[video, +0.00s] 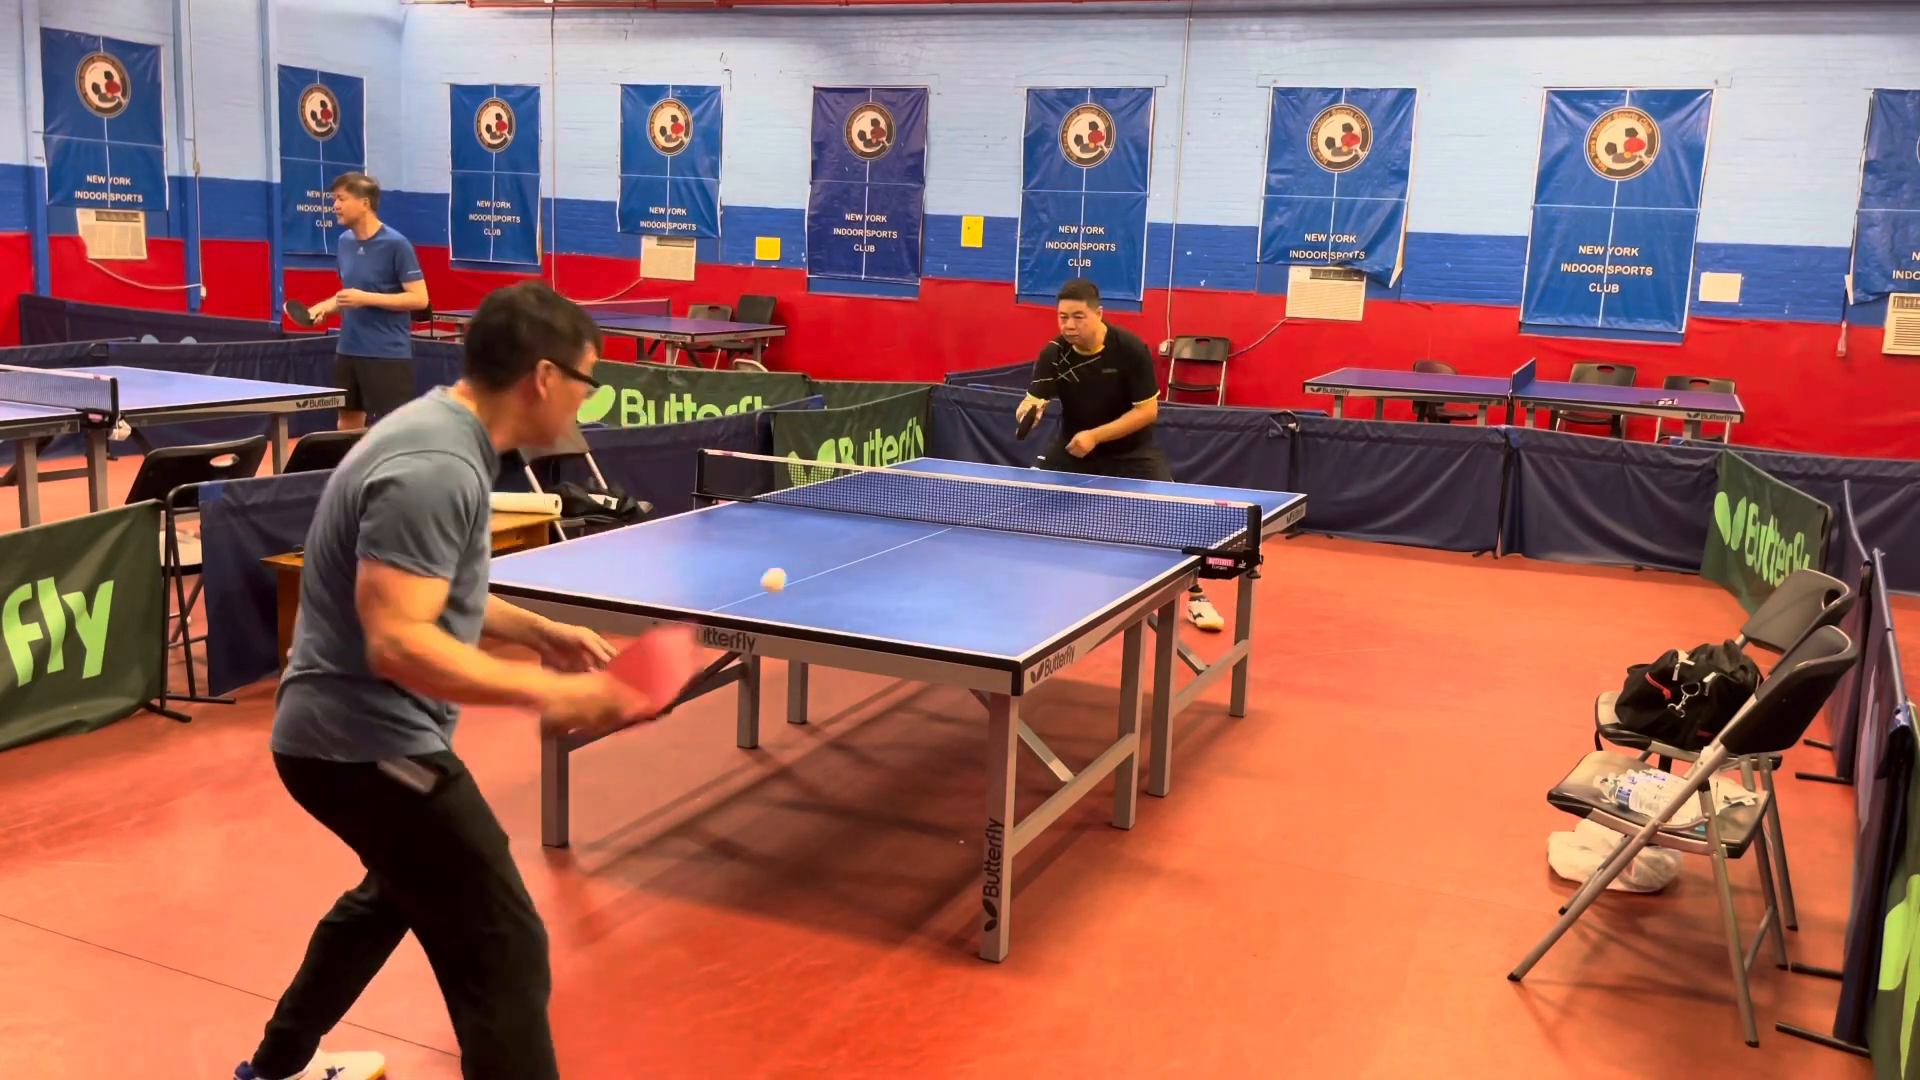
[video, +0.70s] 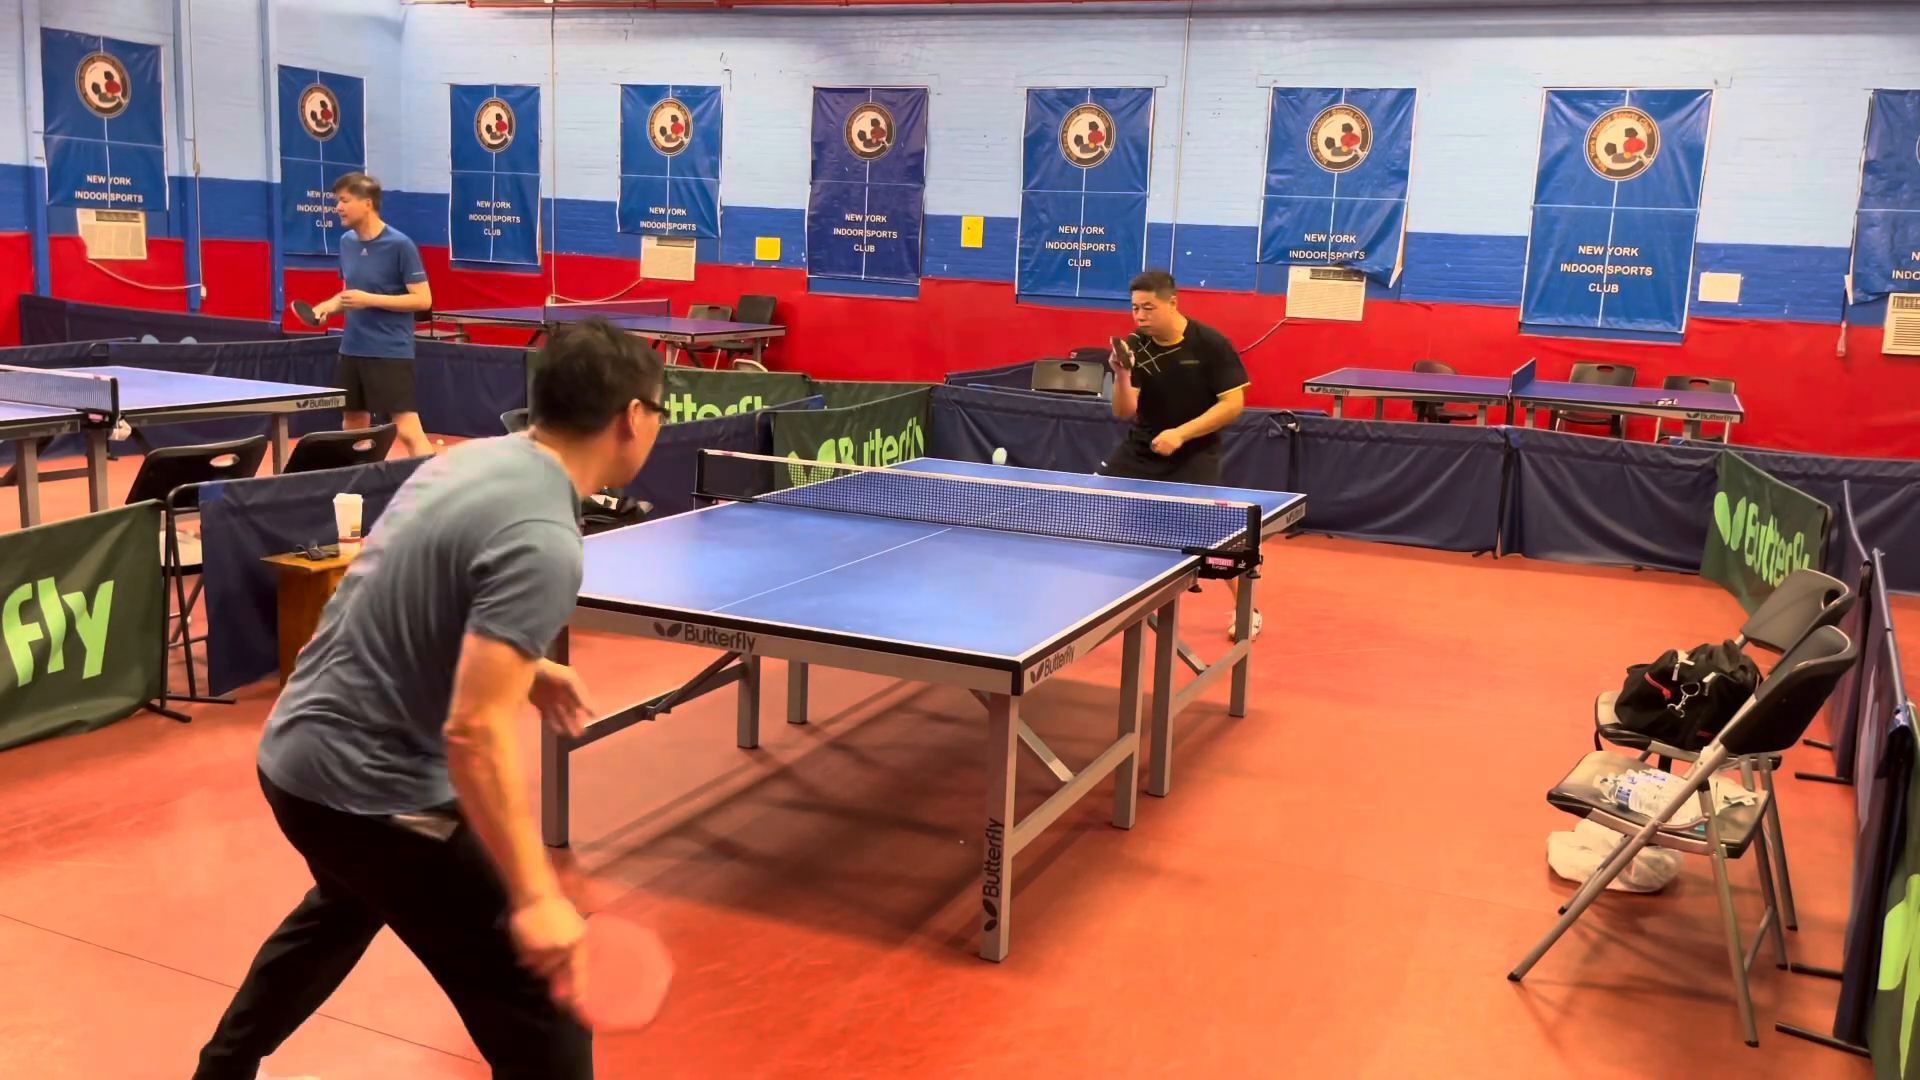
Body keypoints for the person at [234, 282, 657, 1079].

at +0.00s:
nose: (584, 404)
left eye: (587, 385)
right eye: (583, 383)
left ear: (524, 374)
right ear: (540, 378)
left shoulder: (447, 443)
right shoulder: (433, 466)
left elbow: (434, 596)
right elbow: (395, 641)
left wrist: (540, 635)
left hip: (360, 731)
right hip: (364, 746)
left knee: (401, 887)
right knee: (504, 947)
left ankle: (276, 1063)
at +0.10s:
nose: (537, 362)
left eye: (539, 344)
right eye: (532, 343)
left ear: (461, 339)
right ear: (486, 344)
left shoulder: (348, 404)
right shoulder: (438, 446)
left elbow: (370, 561)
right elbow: (587, 582)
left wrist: (498, 598)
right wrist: (697, 526)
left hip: (291, 717)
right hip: (352, 735)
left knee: (386, 895)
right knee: (473, 933)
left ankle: (273, 1064)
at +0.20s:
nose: (519, 355)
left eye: (521, 337)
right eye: (516, 336)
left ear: (415, 332)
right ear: (480, 339)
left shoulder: (317, 408)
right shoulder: (468, 446)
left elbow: (310, 554)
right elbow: (626, 494)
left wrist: (447, 592)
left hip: (253, 723)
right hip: (345, 746)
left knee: (356, 880)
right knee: (468, 942)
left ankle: (269, 1064)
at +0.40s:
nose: (541, 389)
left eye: (541, 370)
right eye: (539, 370)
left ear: (430, 363)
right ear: (512, 372)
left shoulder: (326, 431)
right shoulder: (494, 473)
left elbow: (254, 570)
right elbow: (615, 555)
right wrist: (643, 457)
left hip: (250, 750)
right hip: (360, 773)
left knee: (325, 887)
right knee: (507, 974)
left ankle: (266, 1064)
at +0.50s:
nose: (576, 396)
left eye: (577, 377)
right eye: (575, 377)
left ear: (469, 371)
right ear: (551, 382)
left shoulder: (352, 441)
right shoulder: (536, 498)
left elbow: (271, 574)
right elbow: (603, 644)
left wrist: (389, 571)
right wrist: (664, 567)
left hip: (267, 754)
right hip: (380, 777)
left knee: (329, 891)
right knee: (532, 979)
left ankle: (264, 1065)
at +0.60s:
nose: (621, 405)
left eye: (621, 386)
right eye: (620, 387)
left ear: (511, 380)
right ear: (598, 394)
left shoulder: (407, 443)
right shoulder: (562, 519)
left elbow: (321, 575)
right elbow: (553, 710)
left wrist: (447, 657)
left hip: (281, 747)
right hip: (386, 778)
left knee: (332, 889)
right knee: (544, 981)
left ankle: (259, 1063)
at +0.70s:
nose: (655, 431)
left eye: (658, 413)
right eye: (656, 412)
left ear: (551, 399)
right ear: (630, 417)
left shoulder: (473, 459)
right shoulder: (542, 536)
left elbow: (419, 600)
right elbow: (474, 731)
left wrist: (524, 670)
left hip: (296, 755)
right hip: (374, 791)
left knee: (350, 901)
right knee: (536, 1009)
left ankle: (223, 1064)